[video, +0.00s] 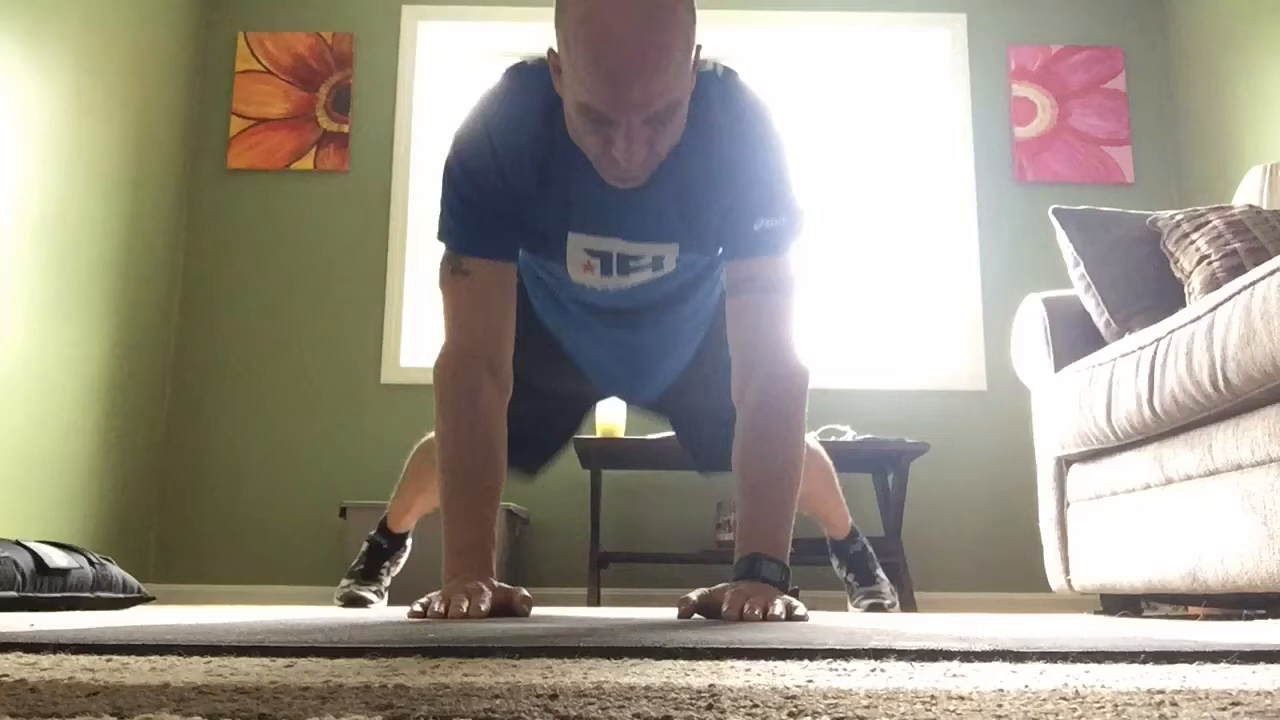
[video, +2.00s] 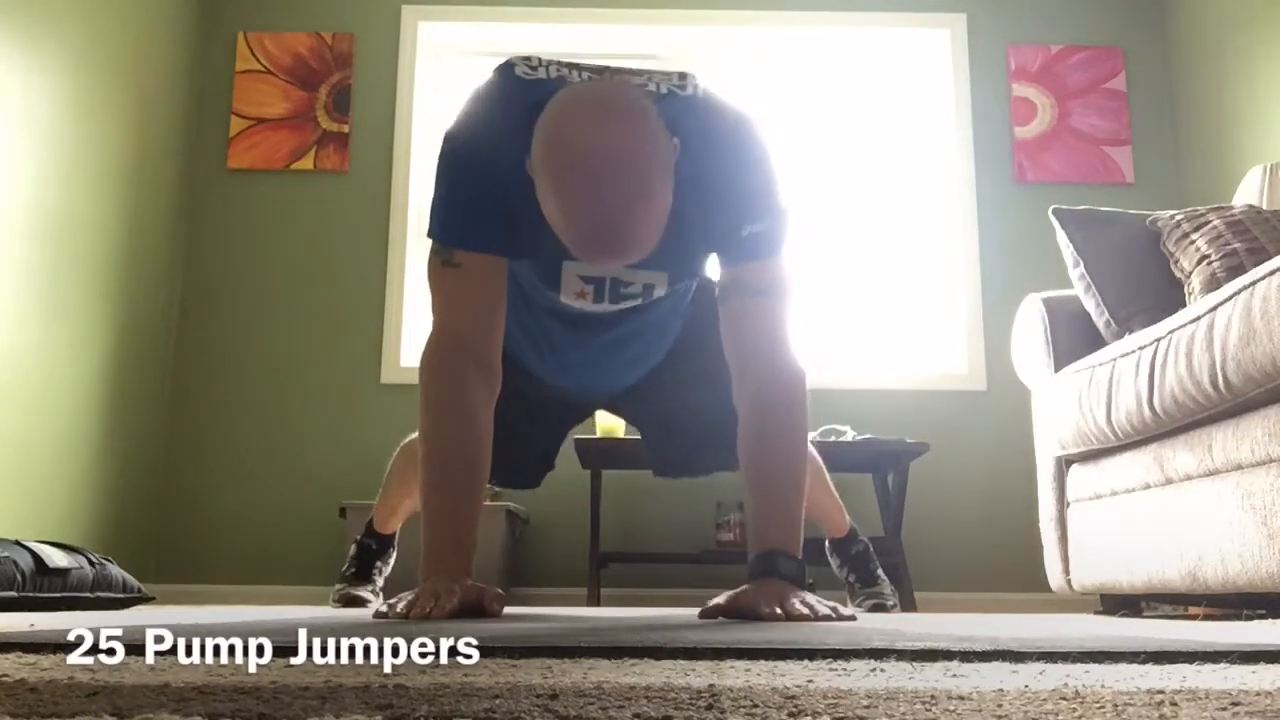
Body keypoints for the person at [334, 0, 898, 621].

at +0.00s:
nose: (629, 153)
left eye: (660, 118)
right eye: (598, 120)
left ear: (694, 68)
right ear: (557, 68)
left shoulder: (739, 130)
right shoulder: (498, 136)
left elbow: (770, 372)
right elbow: (472, 368)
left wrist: (758, 576)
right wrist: (469, 577)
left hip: (690, 328)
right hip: (549, 326)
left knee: (784, 454)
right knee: (457, 452)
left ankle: (850, 546)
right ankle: (386, 536)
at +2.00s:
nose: (605, 283)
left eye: (631, 269)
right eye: (584, 267)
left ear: (672, 167)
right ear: (536, 176)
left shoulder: (731, 154)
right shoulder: (482, 145)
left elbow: (768, 369)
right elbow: (459, 361)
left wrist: (776, 571)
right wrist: (448, 578)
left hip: (671, 330)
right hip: (529, 338)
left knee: (771, 439)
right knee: (449, 452)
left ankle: (854, 549)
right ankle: (374, 534)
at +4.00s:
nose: (609, 90)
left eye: (642, 55)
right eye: (583, 53)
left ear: (684, 60)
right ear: (547, 53)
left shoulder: (733, 129)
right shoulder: (495, 132)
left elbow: (773, 361)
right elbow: (462, 358)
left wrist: (782, 575)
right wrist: (447, 579)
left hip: (689, 358)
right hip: (537, 356)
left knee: (787, 463)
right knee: (448, 456)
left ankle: (858, 554)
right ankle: (381, 546)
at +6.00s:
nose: (623, 270)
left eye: (649, 251)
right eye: (598, 250)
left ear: (694, 144)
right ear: (549, 157)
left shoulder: (743, 121)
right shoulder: (493, 133)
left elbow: (784, 369)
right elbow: (461, 360)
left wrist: (780, 573)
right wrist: (447, 577)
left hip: (693, 317)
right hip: (538, 315)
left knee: (787, 436)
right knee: (457, 422)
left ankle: (857, 544)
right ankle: (386, 536)